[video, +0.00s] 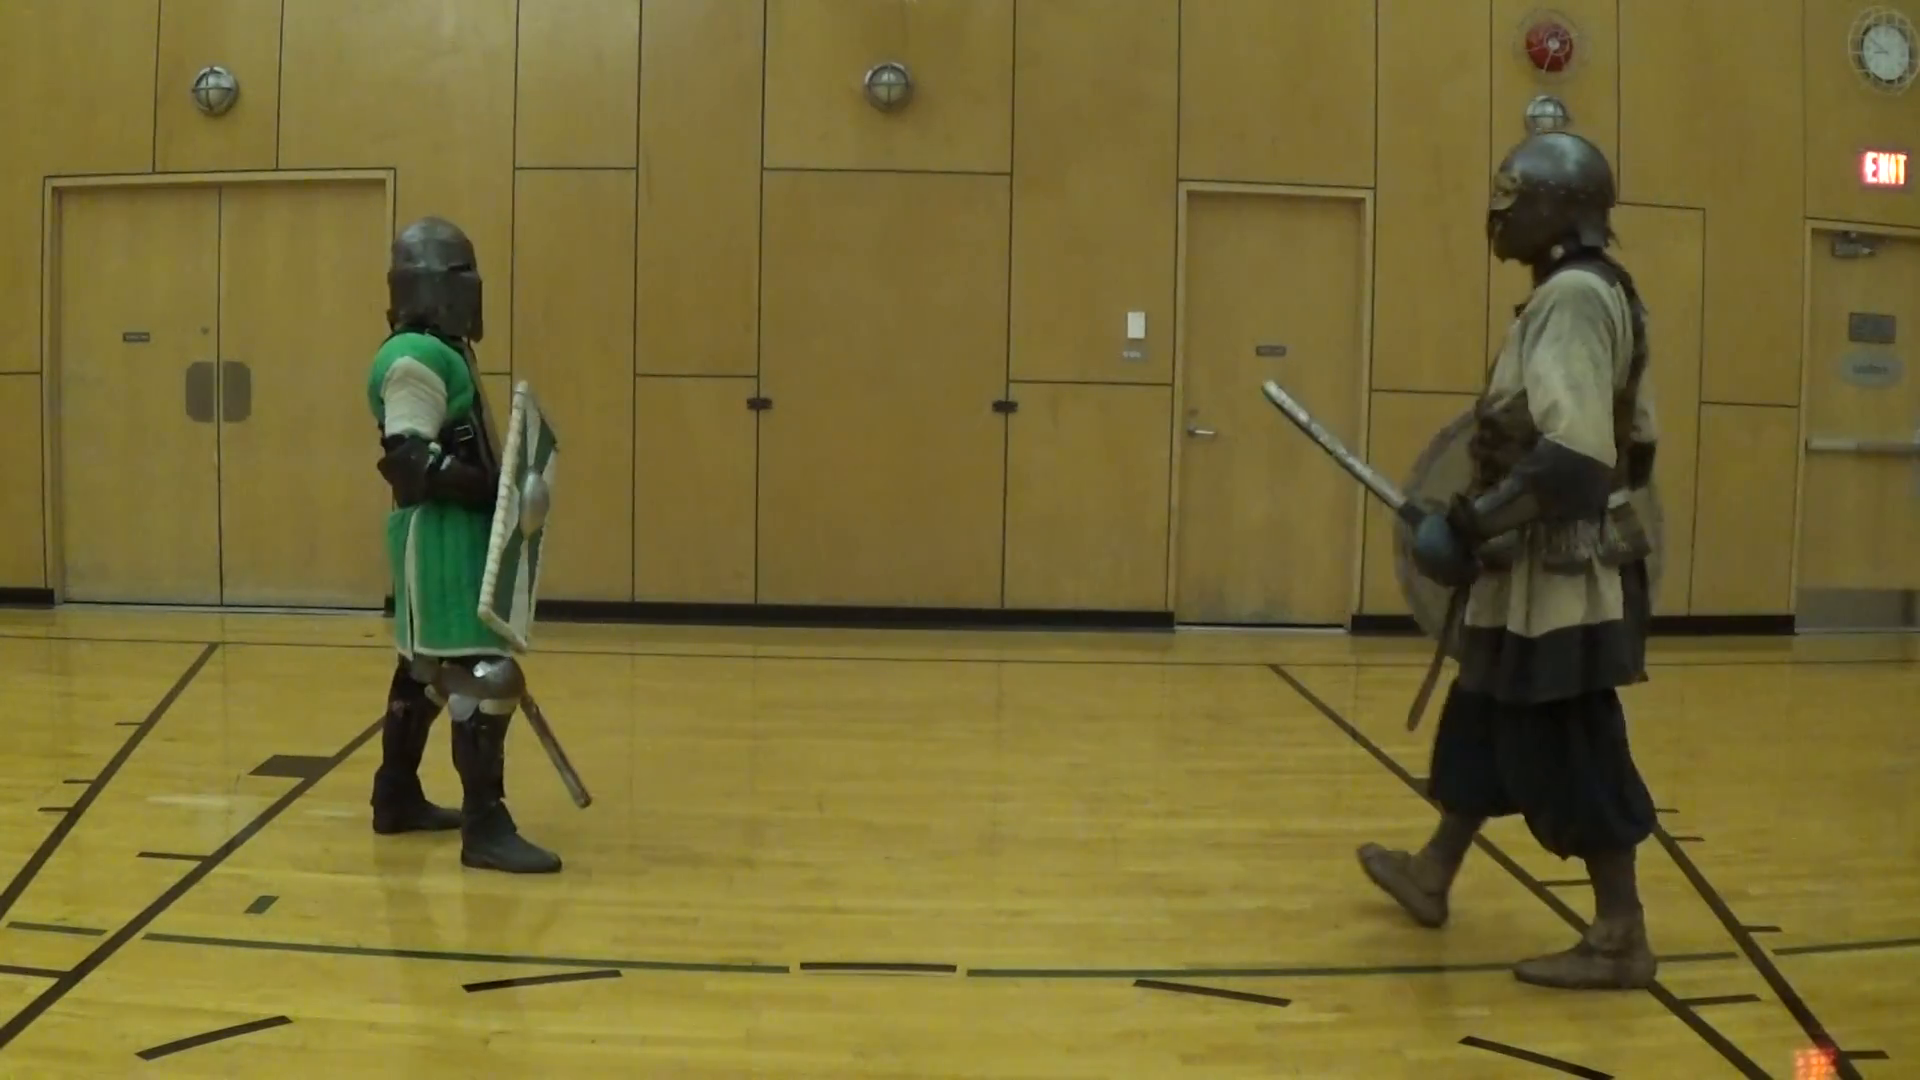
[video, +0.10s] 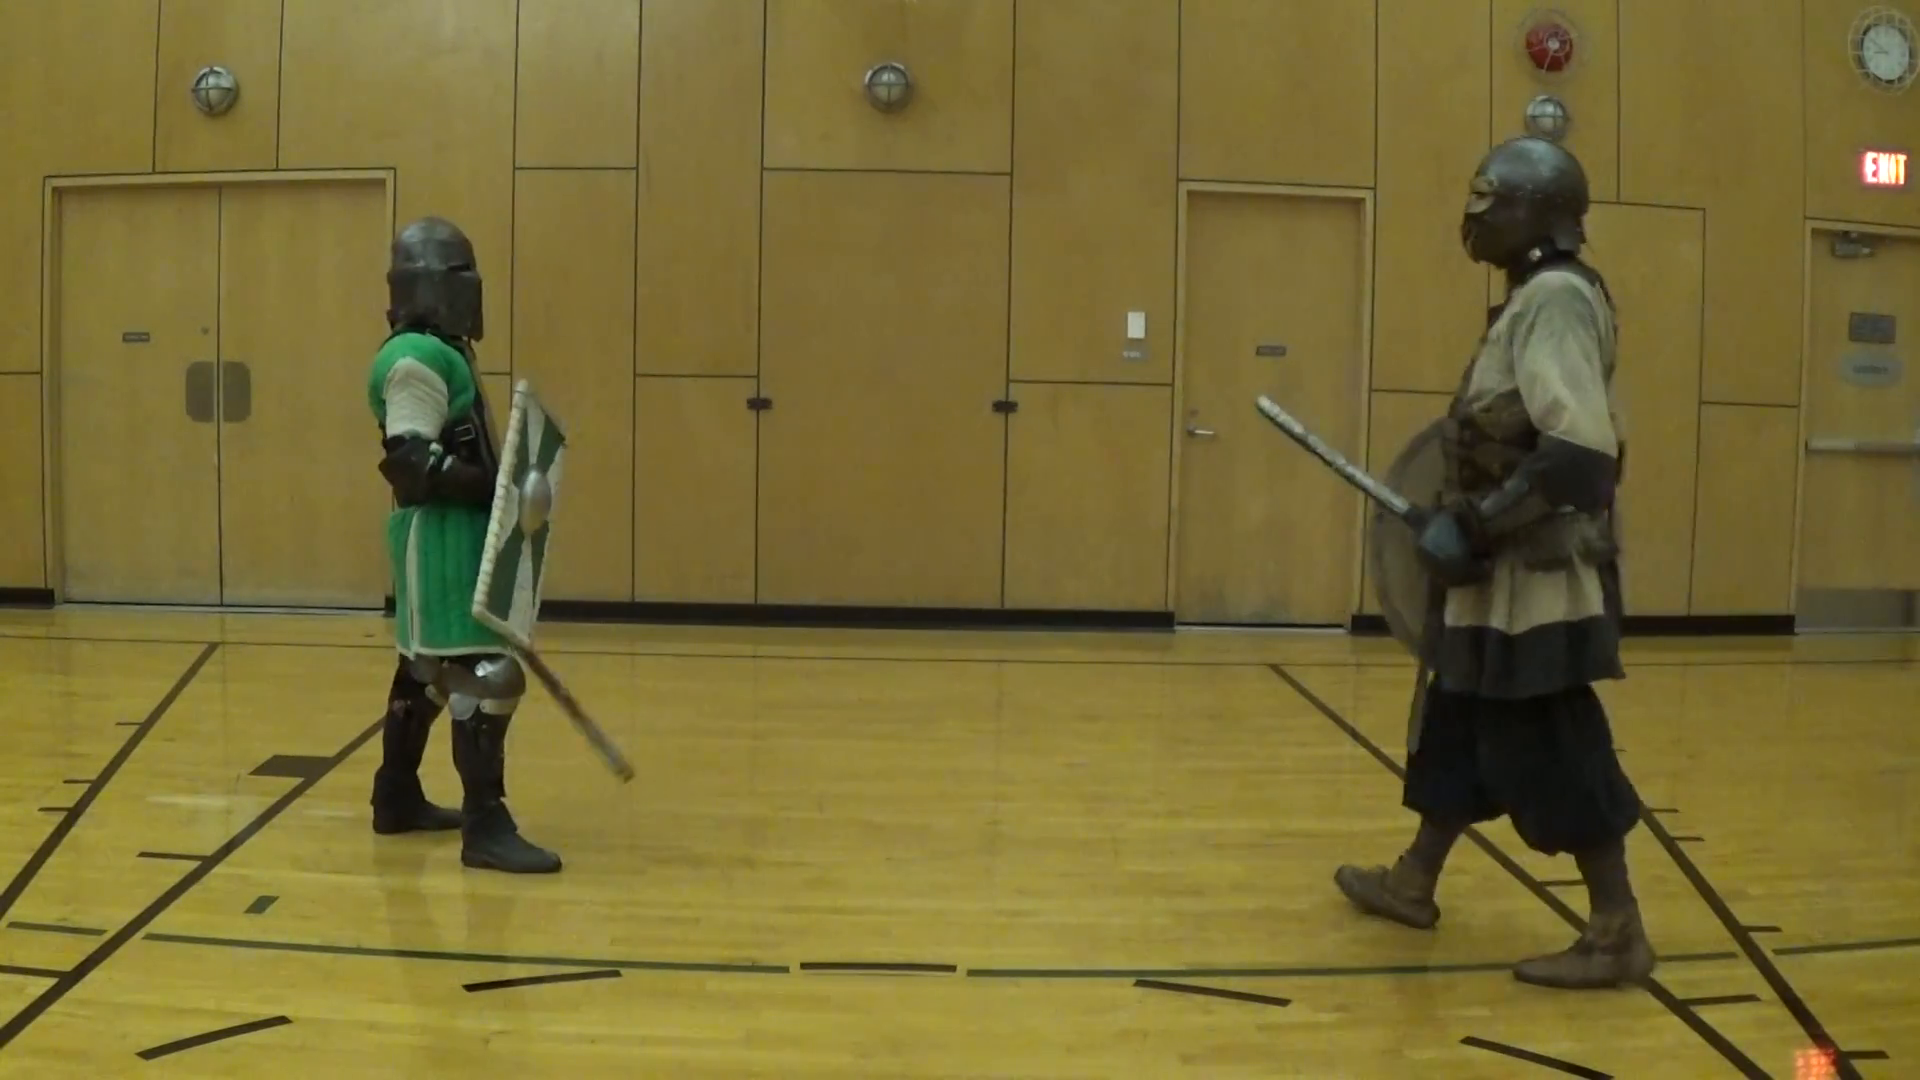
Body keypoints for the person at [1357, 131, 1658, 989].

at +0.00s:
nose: (1496, 211)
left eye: (1512, 196)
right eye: (1500, 194)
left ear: (1565, 211)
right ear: (1568, 212)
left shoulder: (1573, 299)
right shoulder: (1593, 291)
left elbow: (1573, 454)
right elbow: (1632, 450)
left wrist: (1466, 522)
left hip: (1558, 573)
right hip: (1539, 568)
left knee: (1580, 746)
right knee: (1485, 719)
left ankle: (1619, 937)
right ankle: (1431, 873)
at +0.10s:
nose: (1471, 213)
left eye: (1487, 200)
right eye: (1475, 198)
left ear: (1539, 217)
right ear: (1536, 217)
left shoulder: (1555, 302)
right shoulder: (1536, 297)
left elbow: (1581, 452)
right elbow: (1538, 441)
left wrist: (1474, 526)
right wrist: (1461, 505)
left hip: (1536, 573)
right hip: (1498, 567)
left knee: (1564, 745)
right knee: (1460, 724)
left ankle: (1617, 932)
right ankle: (1413, 880)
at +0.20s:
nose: (1446, 211)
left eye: (1464, 197)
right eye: (1451, 197)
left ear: (1515, 211)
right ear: (1510, 215)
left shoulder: (1536, 298)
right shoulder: (1507, 298)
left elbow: (1569, 444)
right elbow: (1506, 437)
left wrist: (1472, 521)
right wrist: (1437, 502)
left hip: (1508, 570)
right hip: (1471, 565)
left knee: (1532, 739)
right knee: (1441, 721)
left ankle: (1609, 920)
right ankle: (1409, 881)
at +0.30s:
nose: (1427, 208)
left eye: (1444, 194)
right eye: (1431, 194)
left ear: (1495, 207)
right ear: (1484, 211)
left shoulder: (1516, 290)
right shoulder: (1483, 292)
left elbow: (1554, 429)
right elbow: (1481, 425)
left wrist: (1445, 498)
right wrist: (1410, 493)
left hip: (1477, 563)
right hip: (1439, 559)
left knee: (1484, 731)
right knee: (1421, 715)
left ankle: (1589, 902)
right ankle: (1408, 881)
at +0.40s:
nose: (1408, 213)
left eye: (1424, 199)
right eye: (1412, 198)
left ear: (1473, 212)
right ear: (1467, 214)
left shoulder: (1498, 291)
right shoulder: (1465, 294)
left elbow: (1533, 428)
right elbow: (1450, 423)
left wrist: (1419, 475)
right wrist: (1380, 481)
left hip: (1455, 552)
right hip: (1433, 545)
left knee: (1425, 722)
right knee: (1428, 716)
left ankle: (1553, 877)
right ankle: (1407, 880)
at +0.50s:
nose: (1391, 215)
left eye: (1408, 200)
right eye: (1395, 200)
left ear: (1459, 213)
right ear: (1453, 216)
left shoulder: (1484, 291)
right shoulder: (1453, 293)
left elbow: (1515, 419)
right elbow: (1449, 411)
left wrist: (1392, 435)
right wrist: (1362, 434)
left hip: (1429, 543)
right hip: (1427, 537)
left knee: (1367, 717)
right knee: (1427, 705)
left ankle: (1502, 859)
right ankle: (1407, 880)